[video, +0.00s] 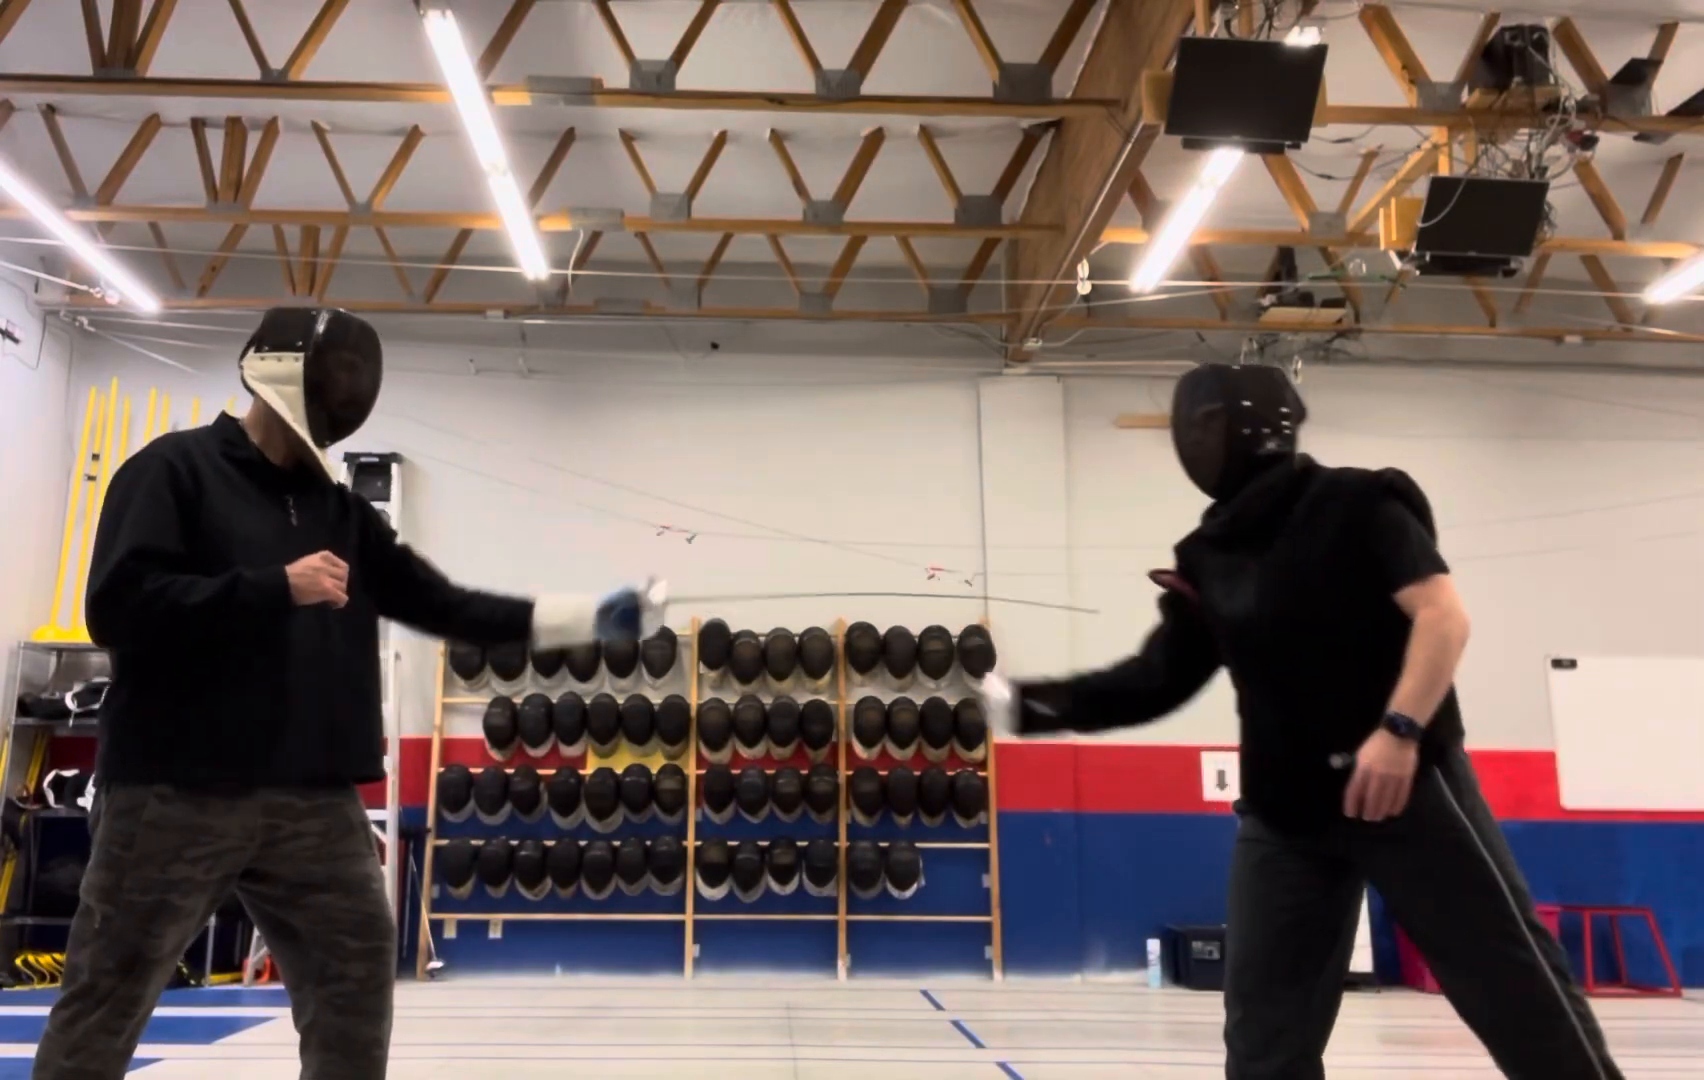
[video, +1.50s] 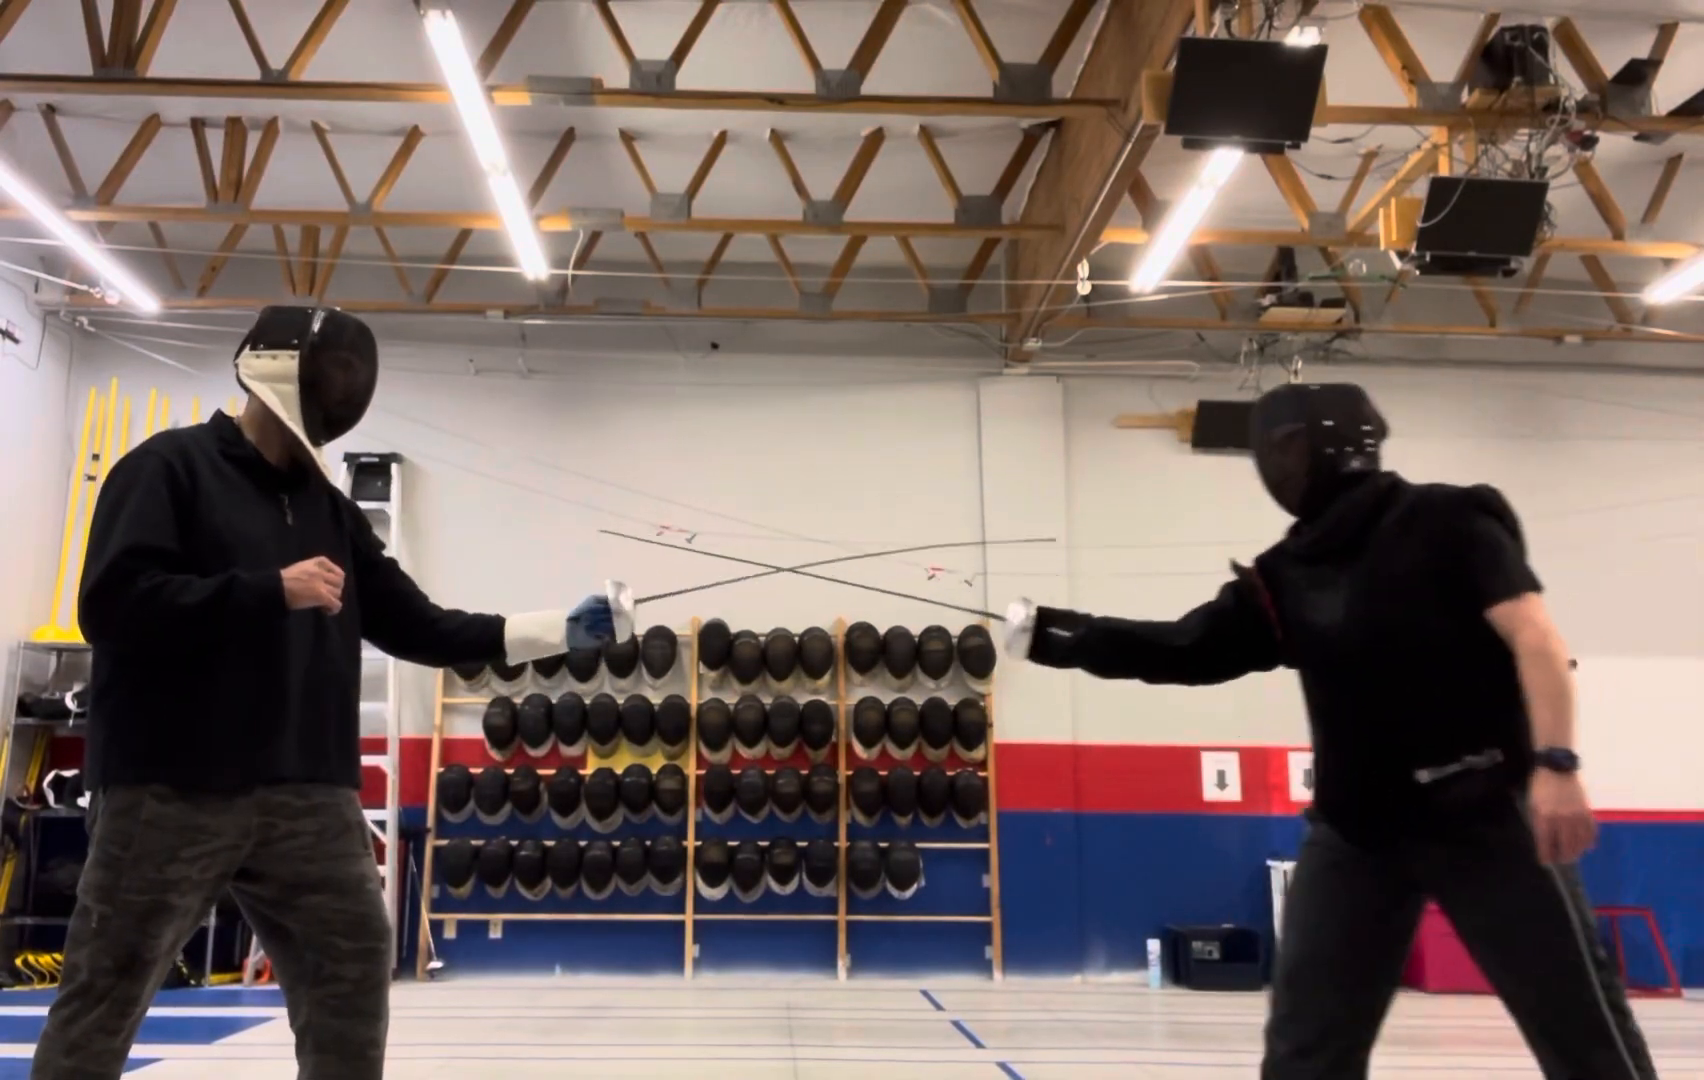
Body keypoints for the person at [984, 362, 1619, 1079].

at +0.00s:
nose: (1182, 448)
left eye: (1191, 428)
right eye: (1181, 432)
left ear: (1234, 424)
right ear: (1260, 423)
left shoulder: (1360, 504)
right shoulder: (1210, 561)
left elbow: (1443, 619)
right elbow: (1158, 677)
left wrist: (1402, 730)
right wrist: (1037, 702)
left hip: (1408, 793)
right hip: (1288, 815)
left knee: (1517, 990)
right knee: (1267, 1039)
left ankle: (1590, 1079)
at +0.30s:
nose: (1346, 470)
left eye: (1355, 450)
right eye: (1345, 454)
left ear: (1391, 450)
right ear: (1430, 447)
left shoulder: (1530, 529)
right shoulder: (1365, 576)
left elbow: (1603, 649)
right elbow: (1346, 706)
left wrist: (1559, 769)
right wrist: (1247, 767)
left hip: (1550, 820)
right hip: (1422, 833)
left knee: (1619, 1036)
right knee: (1362, 1040)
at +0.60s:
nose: (1430, 456)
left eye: (1440, 436)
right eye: (1426, 442)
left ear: (1484, 430)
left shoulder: (1611, 511)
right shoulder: (1443, 561)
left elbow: (1685, 624)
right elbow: (1366, 660)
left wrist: (1687, 763)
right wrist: (1250, 651)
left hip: (1625, 806)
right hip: (1502, 818)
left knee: (1659, 1024)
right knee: (1483, 1004)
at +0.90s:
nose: (1439, 455)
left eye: (1453, 433)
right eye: (1431, 440)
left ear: (1503, 427)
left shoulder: (1626, 510)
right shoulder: (1443, 562)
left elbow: (1697, 626)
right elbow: (1352, 642)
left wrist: (1699, 754)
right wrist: (1232, 633)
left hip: (1649, 809)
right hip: (1518, 824)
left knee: (1670, 1041)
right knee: (1507, 1032)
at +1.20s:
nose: (1396, 463)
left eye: (1407, 442)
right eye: (1392, 448)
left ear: (1456, 436)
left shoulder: (1584, 513)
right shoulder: (1405, 567)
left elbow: (1666, 630)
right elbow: (1296, 624)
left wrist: (1670, 755)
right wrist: (1166, 620)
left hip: (1607, 804)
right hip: (1477, 819)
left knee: (1660, 1023)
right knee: (1428, 1001)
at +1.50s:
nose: (1266, 471)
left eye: (1276, 450)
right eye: (1263, 455)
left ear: (1323, 442)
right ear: (1326, 451)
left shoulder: (1451, 519)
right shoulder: (1286, 577)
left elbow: (1534, 638)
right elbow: (1184, 648)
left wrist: (1557, 763)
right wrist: (1045, 633)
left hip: (1485, 819)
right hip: (1358, 834)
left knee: (1590, 1045)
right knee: (1305, 1057)